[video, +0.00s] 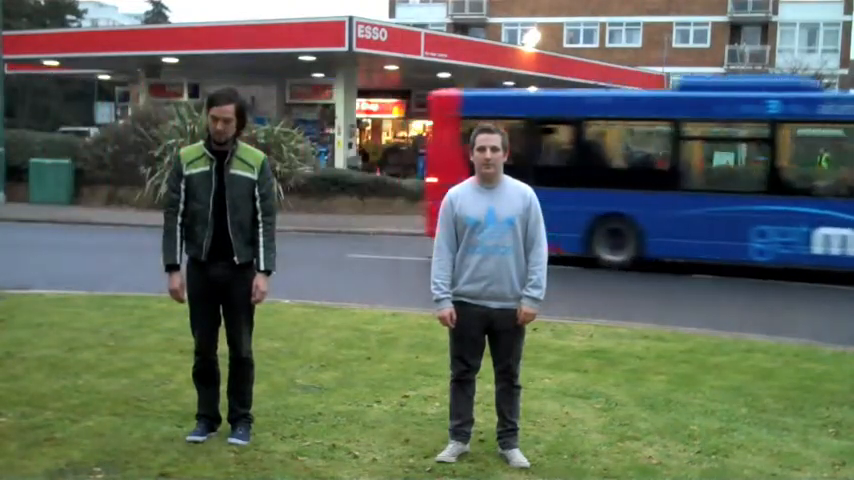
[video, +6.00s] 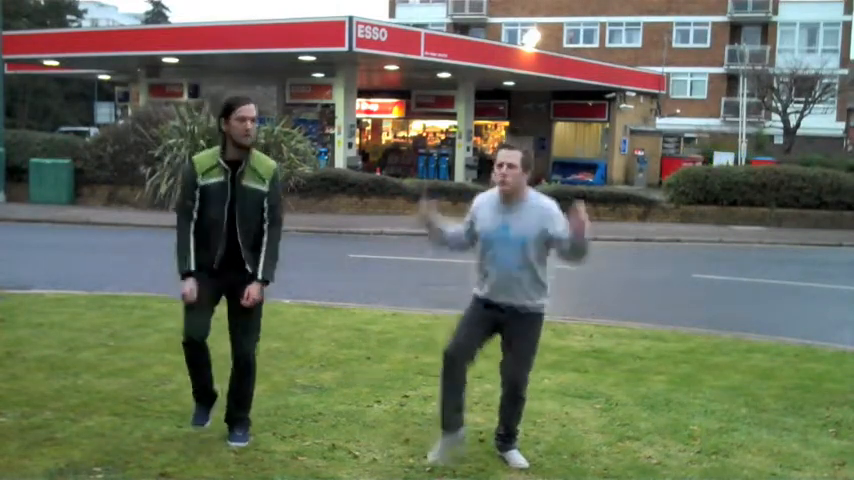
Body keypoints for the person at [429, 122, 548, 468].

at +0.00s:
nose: (487, 155)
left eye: (494, 150)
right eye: (481, 149)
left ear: (505, 155)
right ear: (472, 154)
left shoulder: (524, 196)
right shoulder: (455, 197)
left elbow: (538, 250)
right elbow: (442, 251)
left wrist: (532, 297)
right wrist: (442, 298)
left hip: (510, 305)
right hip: (466, 304)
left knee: (509, 378)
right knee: (462, 376)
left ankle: (509, 444)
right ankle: (458, 440)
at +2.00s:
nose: (512, 186)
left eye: (514, 181)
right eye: (503, 182)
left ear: (518, 186)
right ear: (485, 192)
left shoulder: (536, 225)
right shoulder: (466, 227)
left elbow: (553, 269)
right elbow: (458, 264)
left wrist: (552, 307)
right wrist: (456, 282)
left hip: (526, 316)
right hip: (483, 312)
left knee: (520, 380)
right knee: (446, 363)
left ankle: (507, 445)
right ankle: (451, 436)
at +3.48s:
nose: (502, 162)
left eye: (511, 157)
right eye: (499, 156)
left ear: (530, 164)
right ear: (495, 163)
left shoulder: (553, 202)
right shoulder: (489, 203)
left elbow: (573, 242)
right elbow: (475, 249)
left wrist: (566, 261)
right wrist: (455, 254)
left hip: (529, 312)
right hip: (486, 305)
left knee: (524, 382)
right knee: (456, 362)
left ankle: (508, 444)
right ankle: (460, 437)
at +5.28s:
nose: (516, 171)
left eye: (523, 166)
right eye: (510, 165)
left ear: (533, 174)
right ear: (499, 172)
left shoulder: (549, 213)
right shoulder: (486, 201)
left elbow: (567, 256)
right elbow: (473, 238)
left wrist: (559, 269)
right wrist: (455, 243)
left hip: (527, 309)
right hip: (489, 297)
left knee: (518, 380)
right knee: (446, 338)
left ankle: (506, 444)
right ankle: (457, 410)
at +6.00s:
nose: (502, 172)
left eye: (510, 167)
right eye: (498, 166)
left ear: (526, 173)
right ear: (493, 171)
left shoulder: (547, 210)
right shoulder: (483, 203)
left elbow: (571, 254)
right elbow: (466, 237)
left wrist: (579, 236)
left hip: (527, 310)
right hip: (486, 302)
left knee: (515, 381)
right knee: (454, 355)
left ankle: (507, 445)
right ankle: (452, 434)